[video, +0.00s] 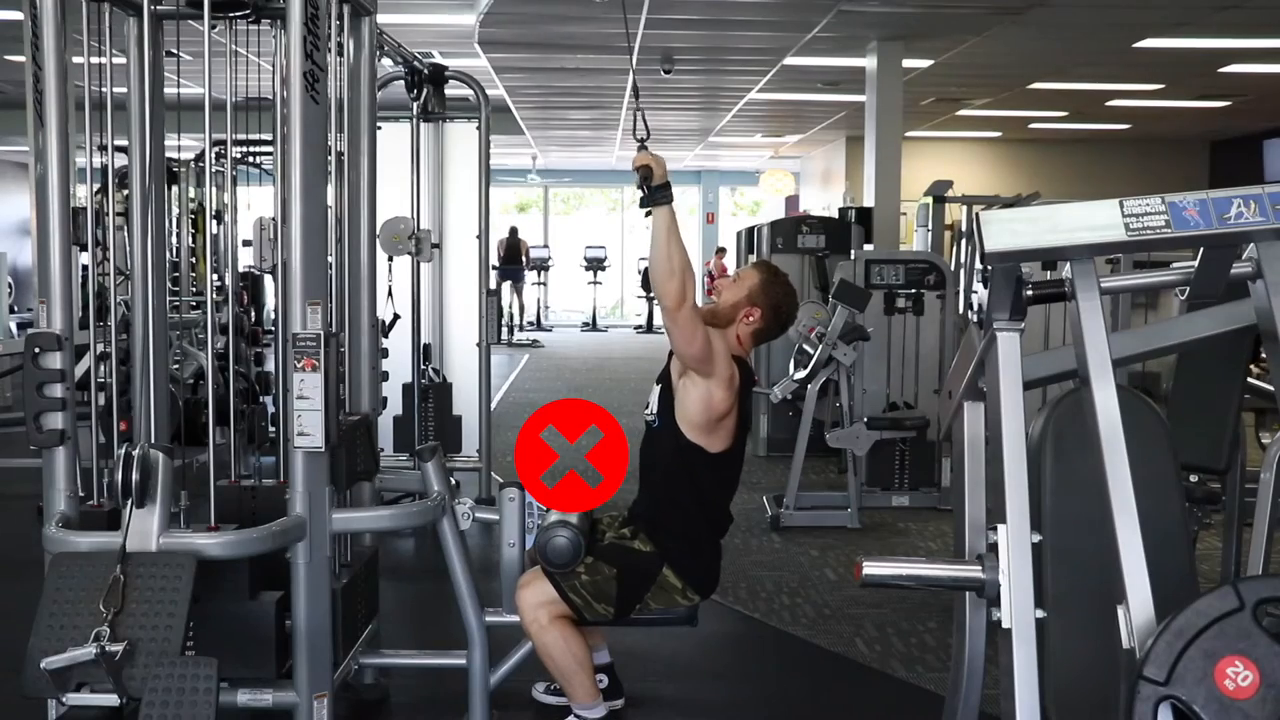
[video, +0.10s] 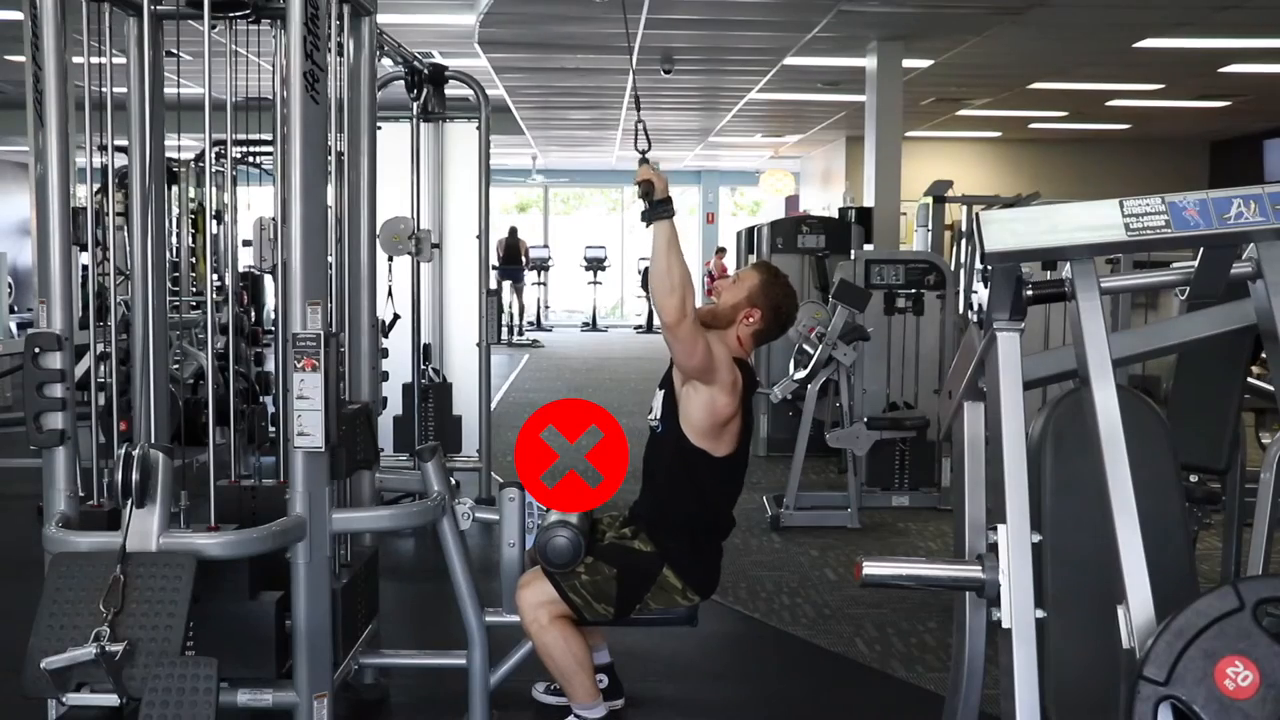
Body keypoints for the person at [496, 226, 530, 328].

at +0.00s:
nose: (513, 234)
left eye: (512, 232)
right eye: (514, 232)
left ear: (508, 233)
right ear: (517, 233)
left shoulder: (501, 242)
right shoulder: (523, 243)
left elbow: (499, 258)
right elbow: (527, 259)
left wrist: (501, 265)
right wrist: (527, 266)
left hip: (504, 270)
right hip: (518, 270)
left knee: (498, 283)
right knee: (520, 298)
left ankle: (499, 306)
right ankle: (521, 323)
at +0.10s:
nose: (513, 235)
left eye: (511, 232)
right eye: (514, 233)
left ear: (508, 233)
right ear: (517, 233)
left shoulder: (500, 242)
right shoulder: (522, 243)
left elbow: (498, 258)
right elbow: (527, 259)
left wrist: (502, 265)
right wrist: (526, 266)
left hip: (504, 270)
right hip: (517, 271)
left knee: (498, 279)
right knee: (520, 300)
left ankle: (500, 303)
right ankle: (521, 326)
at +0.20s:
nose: (513, 234)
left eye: (512, 232)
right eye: (515, 233)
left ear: (508, 233)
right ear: (517, 233)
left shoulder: (500, 242)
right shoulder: (522, 243)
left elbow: (498, 258)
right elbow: (527, 259)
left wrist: (502, 264)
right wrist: (526, 266)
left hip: (503, 270)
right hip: (517, 271)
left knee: (500, 284)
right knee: (521, 297)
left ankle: (500, 307)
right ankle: (520, 323)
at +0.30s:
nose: (515, 235)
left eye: (513, 232)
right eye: (515, 233)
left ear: (508, 233)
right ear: (518, 233)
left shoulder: (500, 242)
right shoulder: (522, 243)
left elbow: (498, 257)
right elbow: (527, 260)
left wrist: (502, 265)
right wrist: (524, 267)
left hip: (503, 270)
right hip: (517, 270)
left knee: (500, 292)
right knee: (522, 290)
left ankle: (500, 316)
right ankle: (520, 314)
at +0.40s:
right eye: (517, 233)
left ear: (509, 233)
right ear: (519, 234)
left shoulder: (502, 241)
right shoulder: (523, 243)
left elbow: (499, 256)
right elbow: (527, 259)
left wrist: (503, 264)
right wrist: (525, 267)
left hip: (503, 270)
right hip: (517, 270)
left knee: (501, 290)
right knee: (522, 282)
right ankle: (521, 304)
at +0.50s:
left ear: (510, 233)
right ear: (520, 234)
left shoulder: (503, 241)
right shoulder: (524, 243)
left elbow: (500, 256)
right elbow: (528, 259)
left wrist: (503, 265)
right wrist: (526, 267)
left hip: (504, 270)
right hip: (517, 270)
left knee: (501, 291)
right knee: (522, 280)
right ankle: (521, 303)